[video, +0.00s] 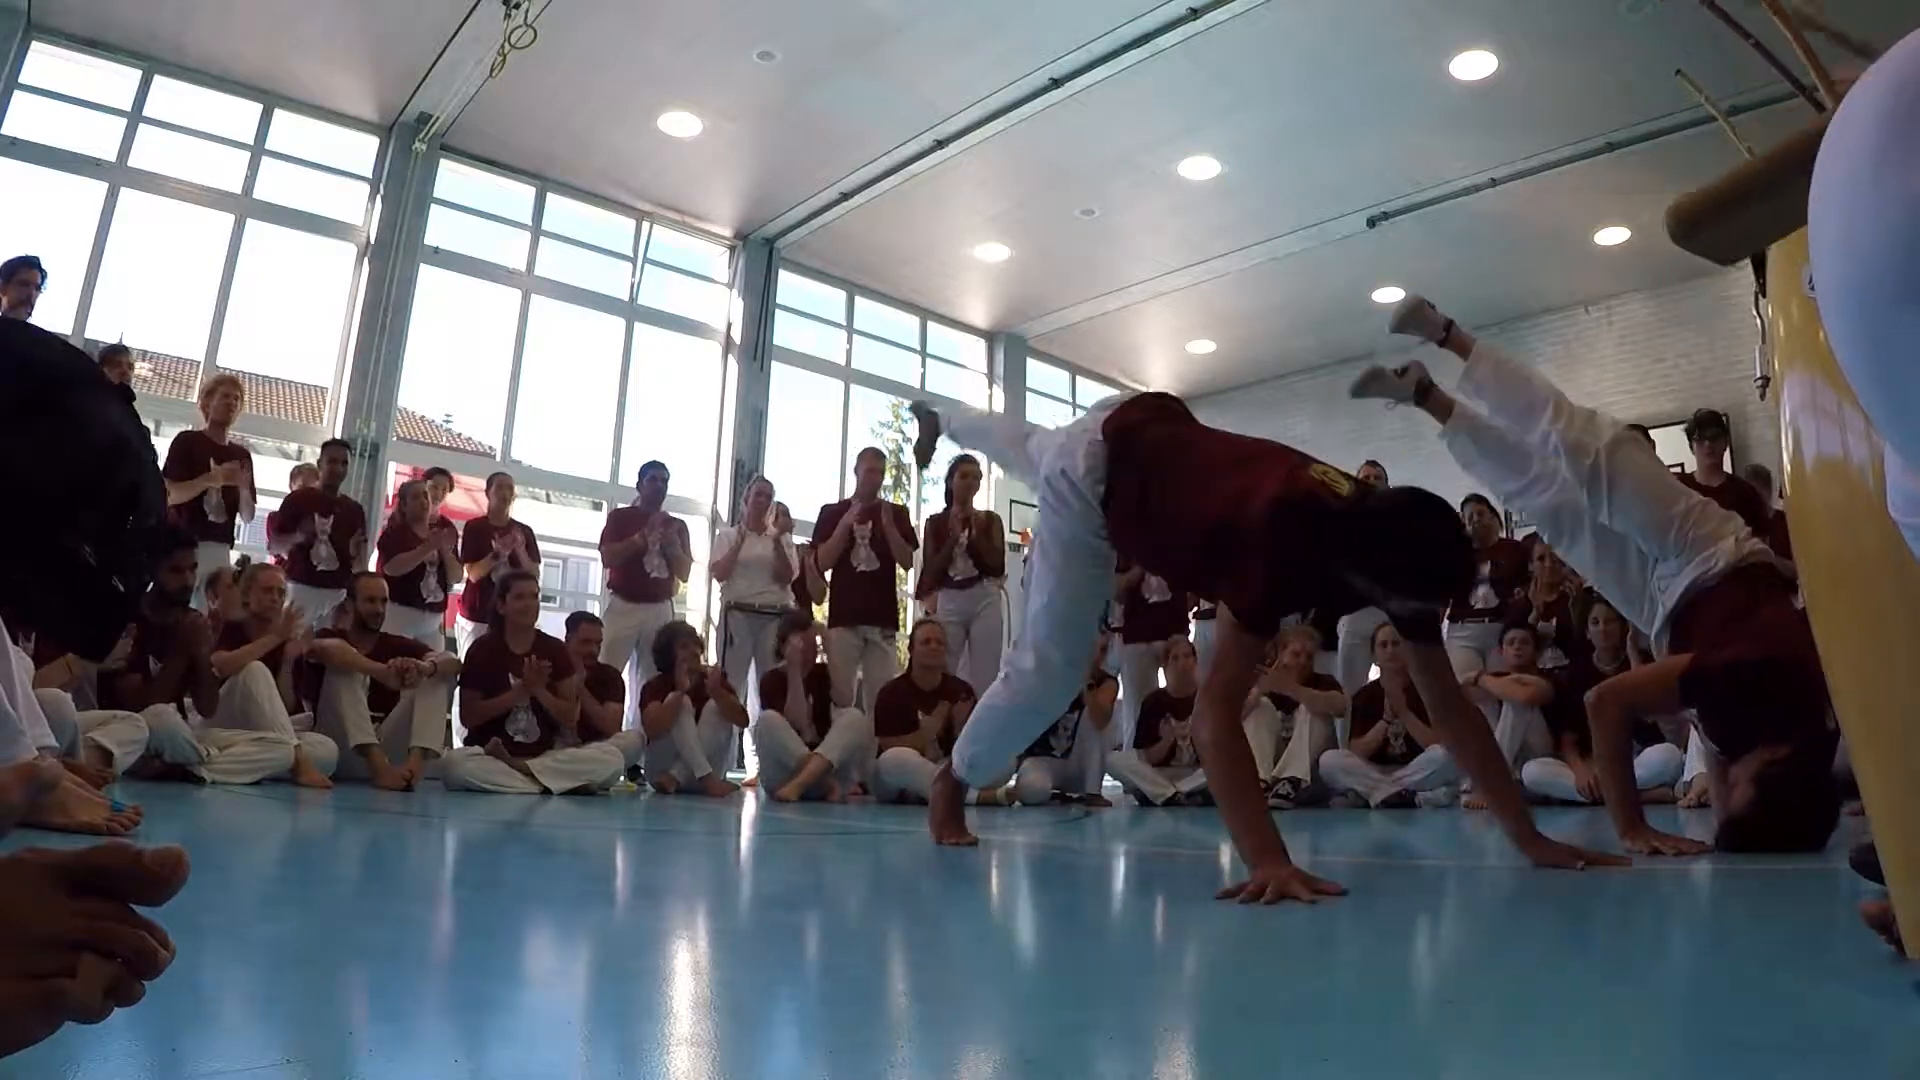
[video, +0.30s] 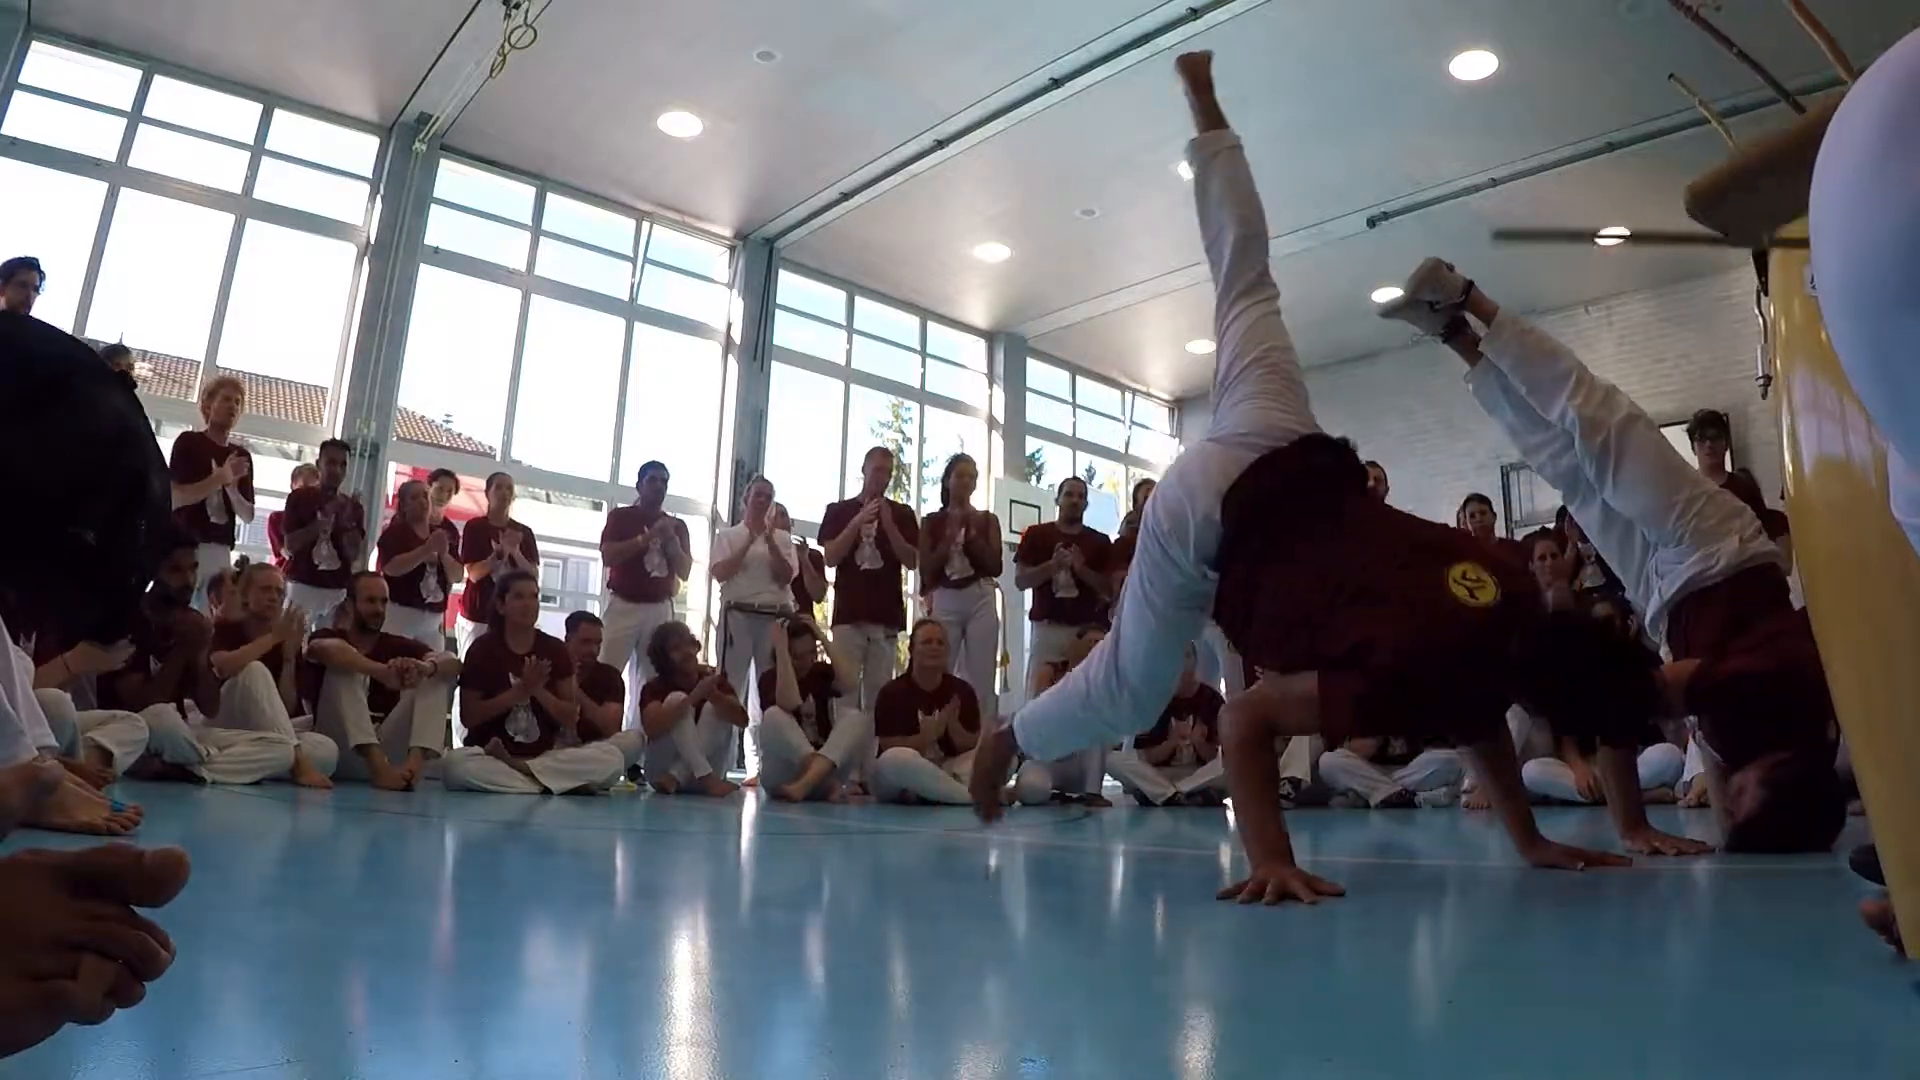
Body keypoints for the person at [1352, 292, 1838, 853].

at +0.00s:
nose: (1717, 799)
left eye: (1723, 811)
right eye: (1730, 798)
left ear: (1777, 766)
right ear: (1761, 767)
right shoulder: (1759, 685)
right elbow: (1606, 701)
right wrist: (1632, 829)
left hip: (1669, 610)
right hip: (1706, 549)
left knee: (1563, 517)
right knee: (1581, 440)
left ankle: (1428, 397)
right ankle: (1451, 334)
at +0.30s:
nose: (1728, 799)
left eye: (1730, 812)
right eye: (1740, 800)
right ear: (1766, 776)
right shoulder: (1774, 697)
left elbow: (1620, 711)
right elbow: (1637, 692)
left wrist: (1633, 825)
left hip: (1673, 605)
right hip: (1718, 557)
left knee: (1579, 483)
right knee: (1599, 421)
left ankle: (1457, 335)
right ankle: (1468, 297)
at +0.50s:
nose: (1735, 800)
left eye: (1735, 817)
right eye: (1746, 796)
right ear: (1767, 774)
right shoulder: (1784, 695)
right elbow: (1612, 693)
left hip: (1670, 613)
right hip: (1721, 558)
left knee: (1579, 472)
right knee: (1604, 416)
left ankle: (1460, 323)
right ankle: (1476, 289)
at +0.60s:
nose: (1734, 803)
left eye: (1738, 821)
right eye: (1746, 800)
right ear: (1766, 776)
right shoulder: (1782, 694)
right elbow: (1621, 697)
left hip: (1674, 609)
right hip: (1722, 557)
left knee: (1582, 471)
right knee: (1606, 416)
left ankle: (1462, 318)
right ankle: (1477, 286)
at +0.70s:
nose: (1733, 808)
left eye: (1738, 823)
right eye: (1745, 803)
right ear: (1768, 773)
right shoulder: (1779, 694)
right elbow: (1631, 695)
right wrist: (1615, 799)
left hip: (1673, 606)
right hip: (1721, 555)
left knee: (1580, 466)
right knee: (1602, 413)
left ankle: (1461, 319)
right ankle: (1473, 281)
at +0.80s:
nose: (1729, 803)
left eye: (1733, 817)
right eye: (1742, 798)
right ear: (1767, 771)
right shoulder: (1778, 698)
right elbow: (1635, 691)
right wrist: (1613, 778)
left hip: (1677, 610)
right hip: (1728, 557)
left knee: (1575, 479)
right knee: (1603, 434)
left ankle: (1464, 326)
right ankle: (1478, 294)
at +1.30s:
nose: (1727, 805)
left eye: (1732, 817)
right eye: (1739, 799)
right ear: (1773, 763)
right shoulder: (1776, 689)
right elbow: (1626, 695)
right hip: (1727, 580)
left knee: (1598, 674)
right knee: (1575, 530)